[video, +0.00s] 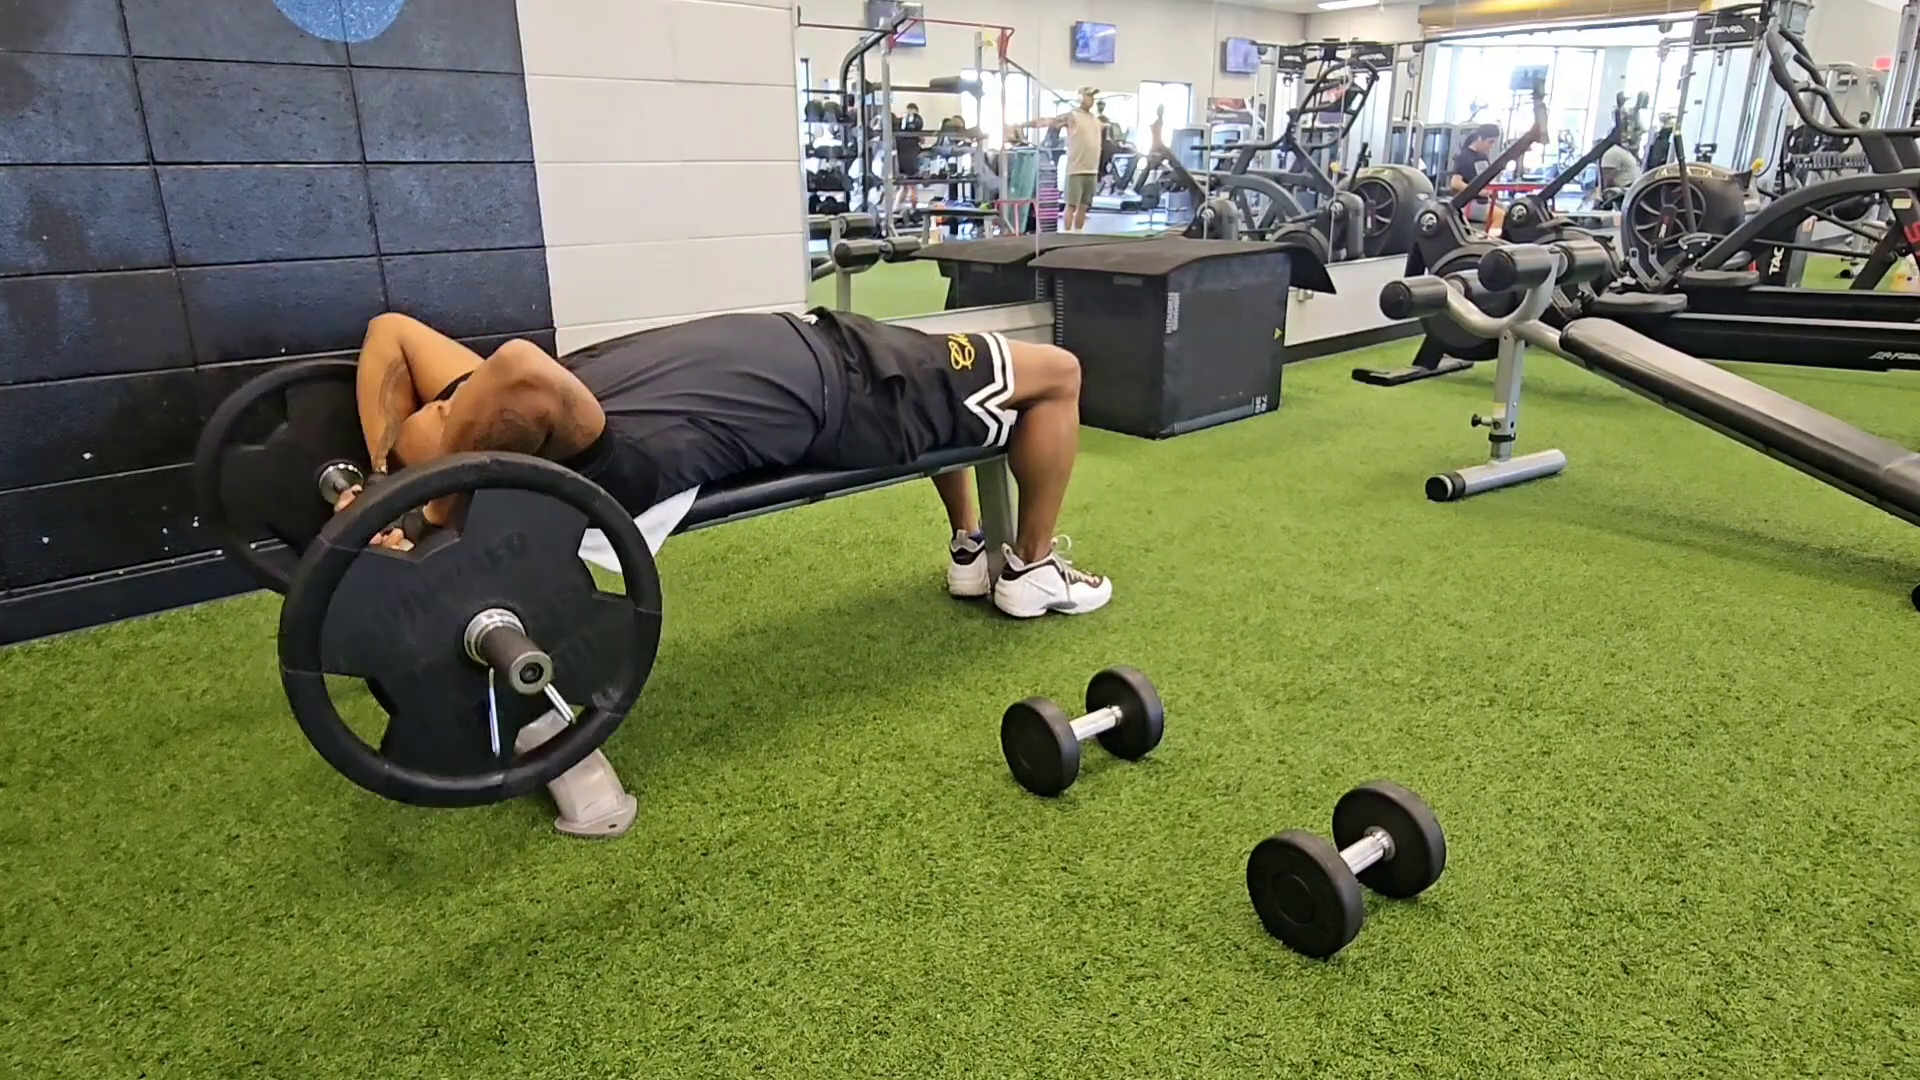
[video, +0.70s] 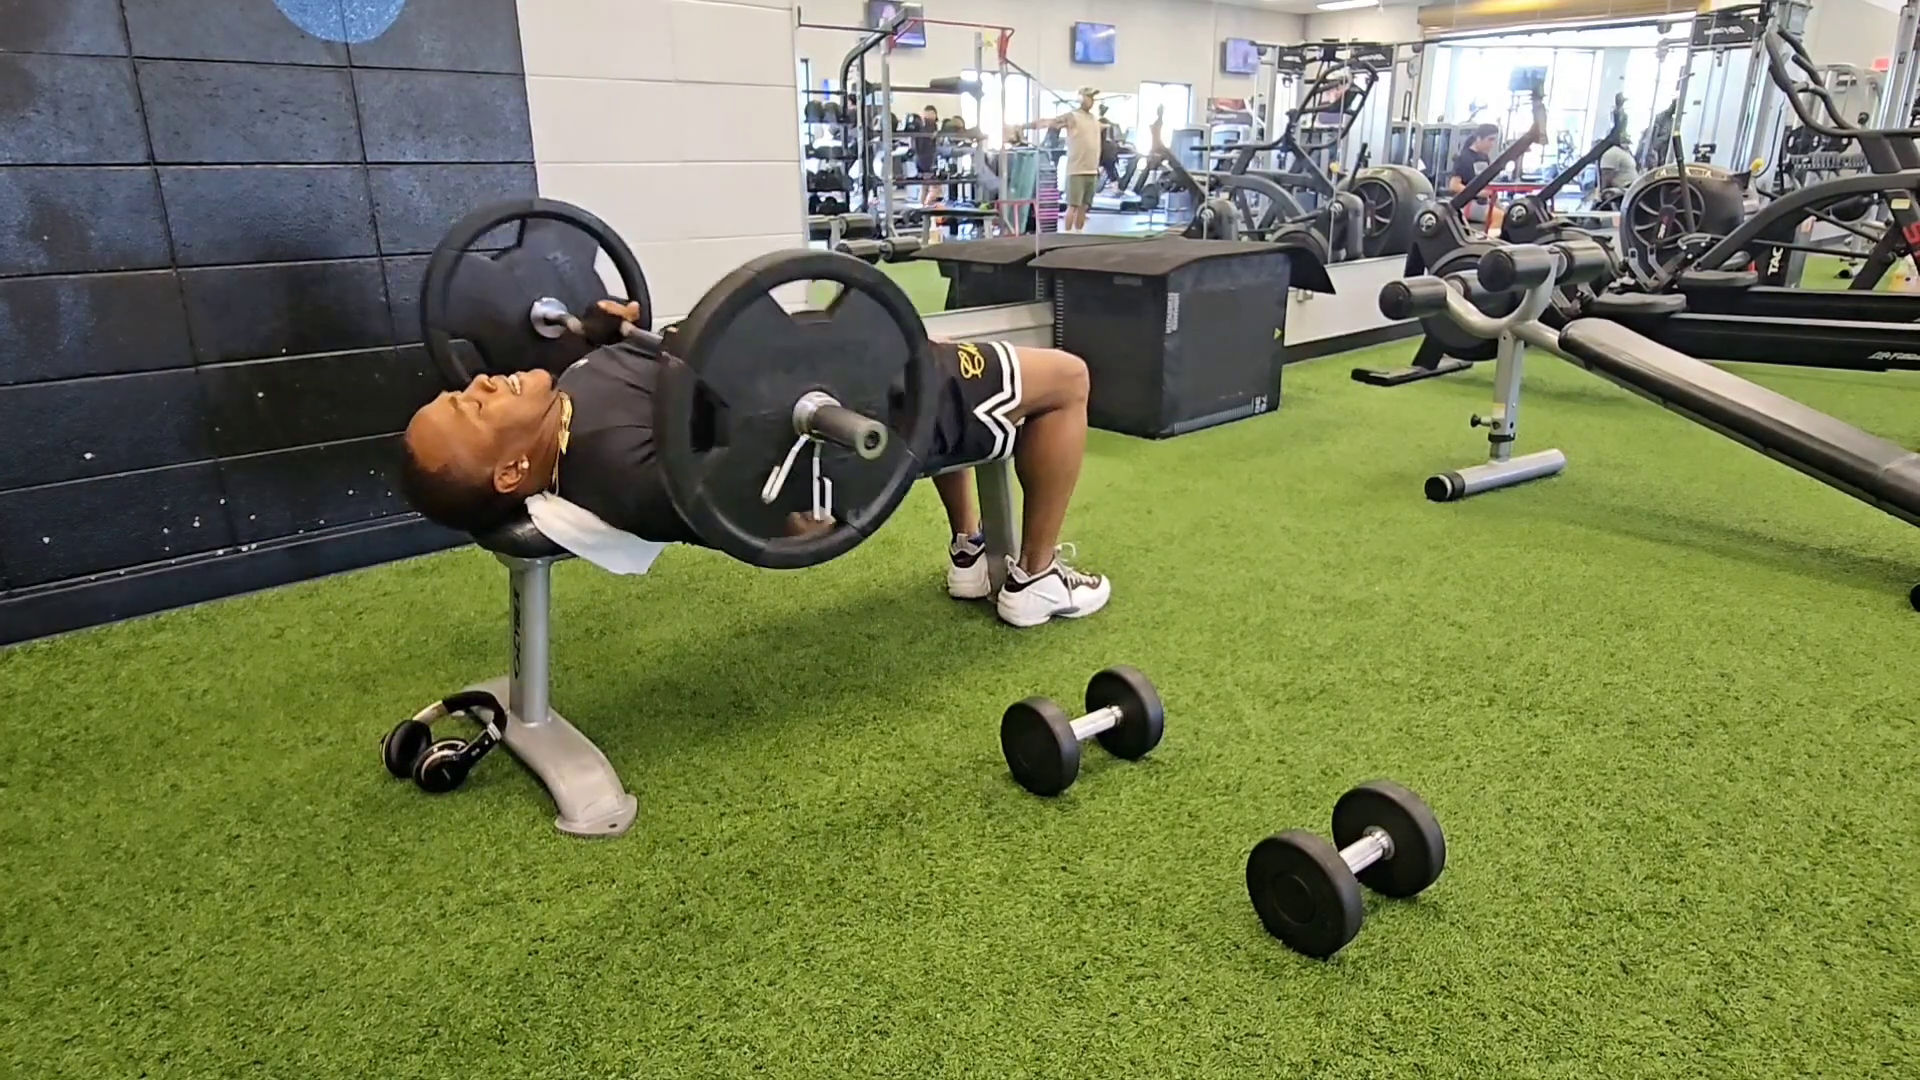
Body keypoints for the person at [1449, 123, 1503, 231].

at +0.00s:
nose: (1491, 146)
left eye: (1493, 143)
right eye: (1490, 142)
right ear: (1480, 138)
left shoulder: (1484, 157)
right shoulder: (1464, 156)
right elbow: (1455, 182)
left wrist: (1492, 189)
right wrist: (1479, 192)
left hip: (1486, 200)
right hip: (1470, 202)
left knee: (1507, 213)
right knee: (1499, 215)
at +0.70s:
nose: (1492, 144)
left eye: (1494, 140)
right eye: (1490, 140)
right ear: (1479, 138)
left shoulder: (1485, 157)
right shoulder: (1464, 156)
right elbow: (1454, 185)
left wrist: (1491, 191)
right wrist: (1478, 192)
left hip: (1486, 200)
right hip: (1469, 203)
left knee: (1506, 214)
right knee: (1499, 216)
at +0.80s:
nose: (1492, 144)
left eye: (1494, 140)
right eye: (1490, 139)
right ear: (1479, 138)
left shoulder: (1486, 157)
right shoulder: (1465, 156)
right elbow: (1455, 185)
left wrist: (1493, 191)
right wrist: (1480, 193)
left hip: (1487, 201)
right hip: (1469, 202)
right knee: (1499, 217)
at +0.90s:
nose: (1498, 142)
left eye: (1500, 138)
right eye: (1495, 138)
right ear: (1484, 138)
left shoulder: (1493, 158)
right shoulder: (1471, 156)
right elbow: (1458, 183)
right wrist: (1482, 191)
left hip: (1492, 201)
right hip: (1470, 201)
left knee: (1510, 211)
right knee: (1498, 215)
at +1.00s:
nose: (1504, 143)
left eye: (1505, 139)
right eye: (1502, 138)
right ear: (1490, 138)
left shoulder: (1497, 159)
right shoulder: (1478, 157)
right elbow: (1463, 185)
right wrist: (1486, 194)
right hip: (1469, 201)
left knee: (1510, 211)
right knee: (1498, 216)